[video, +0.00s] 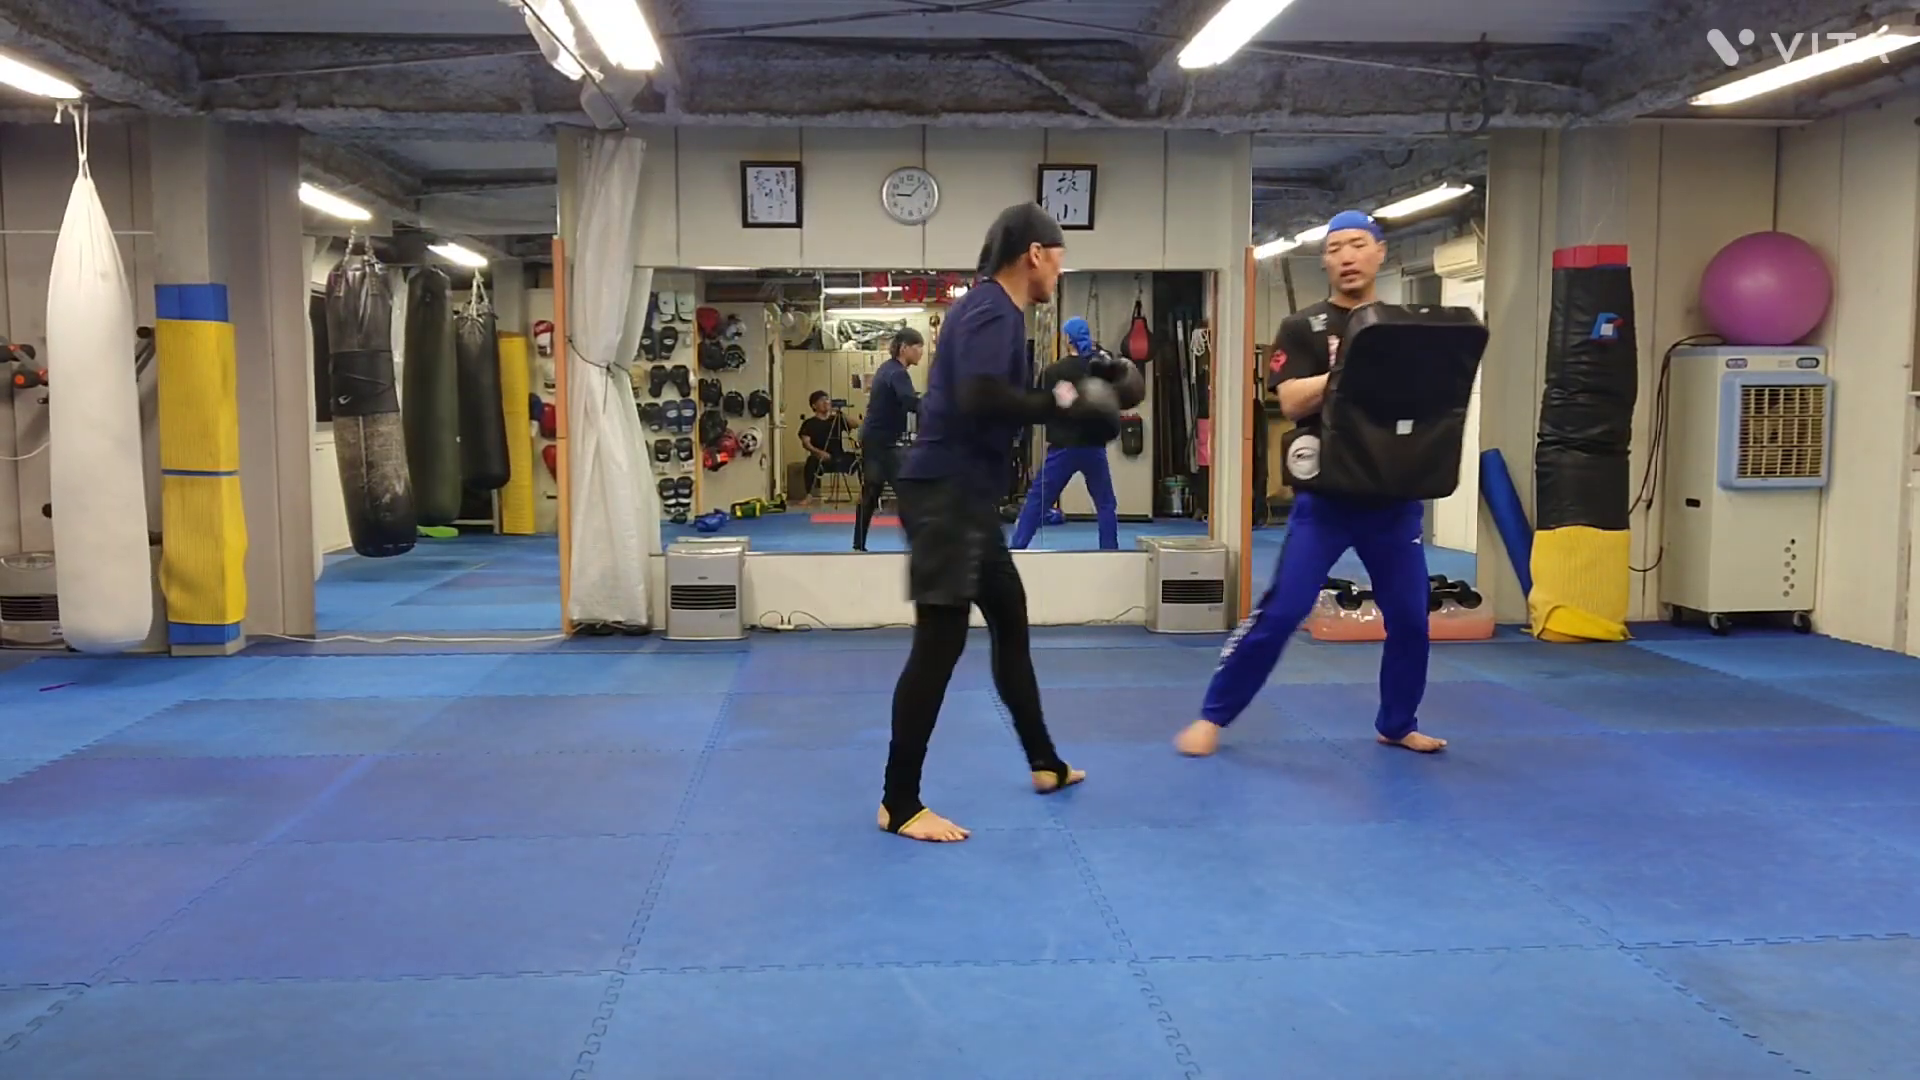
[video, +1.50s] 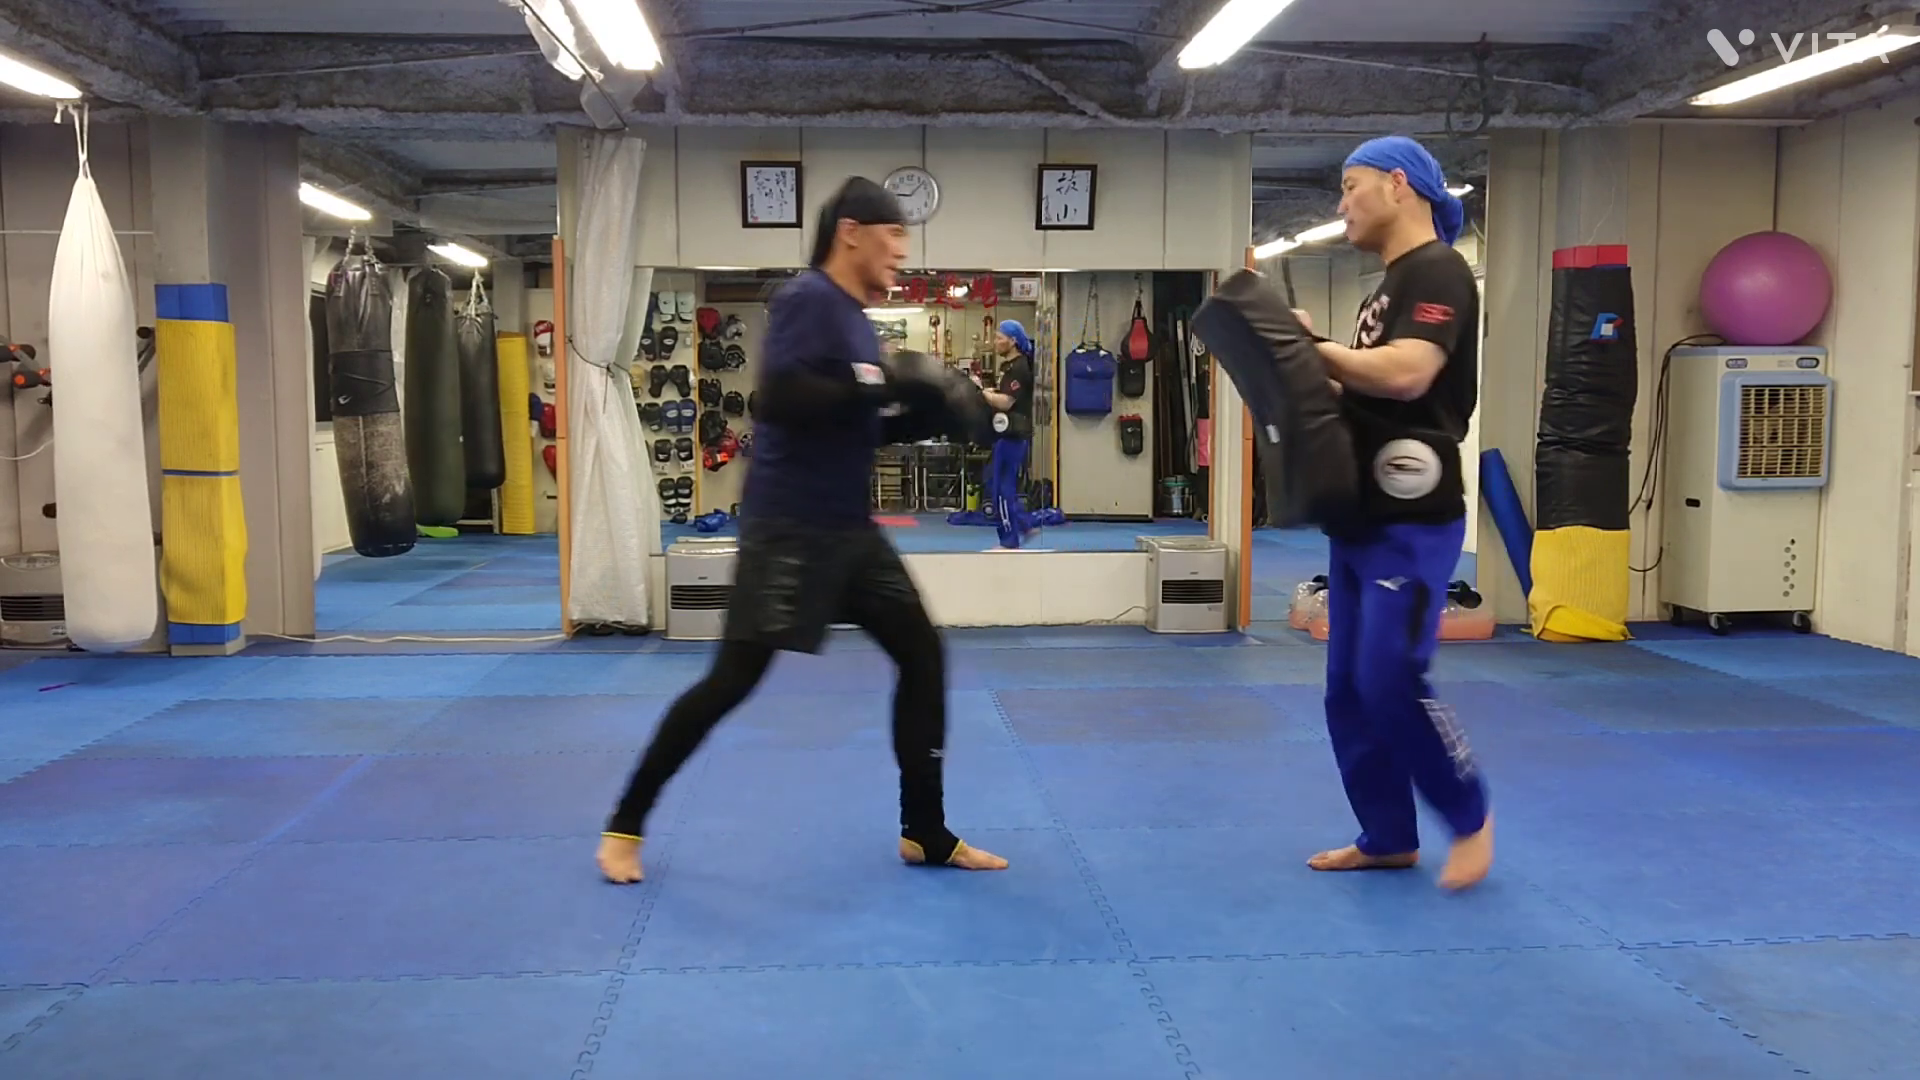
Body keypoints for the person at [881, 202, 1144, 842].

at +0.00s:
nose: (1062, 270)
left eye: (1062, 258)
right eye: (1059, 258)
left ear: (1022, 255)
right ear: (1033, 254)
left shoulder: (998, 311)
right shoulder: (990, 311)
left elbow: (1014, 396)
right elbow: (978, 396)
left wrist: (1082, 389)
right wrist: (1056, 404)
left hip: (965, 492)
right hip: (945, 492)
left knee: (1008, 612)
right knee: (940, 640)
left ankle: (1045, 763)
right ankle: (899, 806)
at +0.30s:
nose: (1053, 257)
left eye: (1053, 245)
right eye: (1049, 244)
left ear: (1014, 244)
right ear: (1020, 242)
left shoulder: (993, 308)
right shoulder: (969, 301)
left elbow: (980, 401)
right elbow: (920, 392)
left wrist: (1053, 408)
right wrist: (1008, 393)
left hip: (959, 495)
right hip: (922, 496)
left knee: (998, 610)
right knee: (927, 644)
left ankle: (952, 751)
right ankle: (899, 808)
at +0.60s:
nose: (1036, 265)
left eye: (1037, 252)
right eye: (1031, 251)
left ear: (992, 247)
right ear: (997, 245)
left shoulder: (961, 297)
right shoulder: (973, 299)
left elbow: (958, 391)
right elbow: (944, 388)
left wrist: (1026, 374)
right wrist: (1020, 391)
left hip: (942, 494)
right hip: (926, 495)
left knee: (976, 631)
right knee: (966, 636)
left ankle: (947, 775)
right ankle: (887, 796)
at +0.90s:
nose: (995, 256)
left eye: (995, 243)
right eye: (989, 241)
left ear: (954, 240)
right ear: (952, 237)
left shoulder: (945, 316)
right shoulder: (920, 309)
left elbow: (957, 417)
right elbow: (917, 404)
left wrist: (1016, 400)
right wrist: (987, 371)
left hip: (937, 512)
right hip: (899, 513)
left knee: (971, 633)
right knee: (918, 668)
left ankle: (952, 766)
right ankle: (832, 838)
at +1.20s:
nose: (967, 210)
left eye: (968, 197)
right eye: (960, 196)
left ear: (925, 194)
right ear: (920, 189)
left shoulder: (924, 268)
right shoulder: (887, 252)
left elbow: (913, 370)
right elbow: (832, 335)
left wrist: (984, 369)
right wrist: (931, 338)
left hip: (922, 487)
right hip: (870, 488)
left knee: (964, 631)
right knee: (846, 641)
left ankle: (939, 804)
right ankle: (766, 825)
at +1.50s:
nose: (903, 254)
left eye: (905, 241)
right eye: (892, 238)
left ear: (861, 240)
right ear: (848, 234)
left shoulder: (858, 322)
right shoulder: (807, 300)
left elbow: (854, 429)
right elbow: (779, 393)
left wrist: (933, 413)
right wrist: (884, 385)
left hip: (850, 533)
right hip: (785, 532)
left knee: (921, 653)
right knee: (733, 680)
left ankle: (926, 831)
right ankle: (625, 823)